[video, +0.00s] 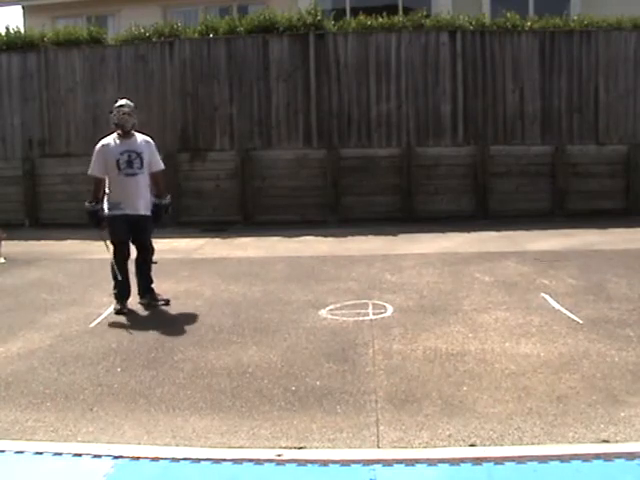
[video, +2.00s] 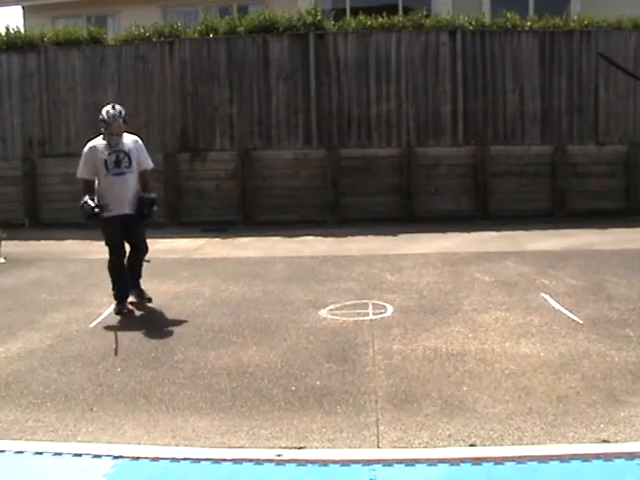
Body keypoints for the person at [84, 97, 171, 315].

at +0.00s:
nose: (125, 119)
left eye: (129, 115)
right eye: (120, 115)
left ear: (134, 118)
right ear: (114, 119)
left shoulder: (146, 143)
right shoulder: (104, 147)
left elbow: (156, 173)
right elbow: (99, 180)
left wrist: (162, 198)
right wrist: (95, 207)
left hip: (142, 208)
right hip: (117, 209)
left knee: (146, 251)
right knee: (121, 254)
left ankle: (146, 292)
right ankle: (121, 297)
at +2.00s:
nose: (116, 131)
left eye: (119, 126)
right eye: (111, 127)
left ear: (124, 124)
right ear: (103, 127)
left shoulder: (134, 143)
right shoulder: (93, 149)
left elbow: (144, 173)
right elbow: (87, 182)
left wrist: (146, 197)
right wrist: (89, 201)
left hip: (133, 209)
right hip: (109, 212)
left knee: (140, 248)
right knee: (117, 254)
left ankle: (133, 283)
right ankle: (120, 298)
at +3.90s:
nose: (133, 127)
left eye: (136, 123)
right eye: (129, 122)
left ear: (139, 123)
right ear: (118, 122)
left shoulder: (135, 142)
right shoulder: (106, 146)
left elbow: (154, 157)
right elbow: (120, 175)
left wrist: (174, 156)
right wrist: (148, 173)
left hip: (140, 209)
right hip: (121, 212)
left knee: (144, 248)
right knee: (130, 254)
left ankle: (136, 288)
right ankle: (131, 300)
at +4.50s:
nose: (154, 118)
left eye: (153, 114)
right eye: (149, 114)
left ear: (142, 117)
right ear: (136, 116)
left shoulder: (144, 140)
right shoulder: (123, 145)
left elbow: (145, 172)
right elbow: (120, 178)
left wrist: (157, 191)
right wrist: (133, 204)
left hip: (152, 208)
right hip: (136, 210)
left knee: (153, 252)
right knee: (139, 253)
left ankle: (151, 294)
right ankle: (132, 298)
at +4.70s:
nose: (159, 116)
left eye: (158, 112)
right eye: (154, 112)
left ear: (149, 116)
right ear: (141, 116)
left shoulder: (151, 139)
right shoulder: (128, 145)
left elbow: (151, 173)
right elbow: (122, 176)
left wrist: (161, 200)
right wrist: (130, 203)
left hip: (158, 205)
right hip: (143, 206)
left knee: (156, 250)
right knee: (153, 249)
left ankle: (152, 293)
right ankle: (137, 296)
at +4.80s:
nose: (159, 115)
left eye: (159, 111)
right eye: (154, 111)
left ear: (152, 115)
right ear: (142, 115)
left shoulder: (153, 139)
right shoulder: (131, 144)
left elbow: (154, 172)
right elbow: (129, 177)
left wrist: (164, 199)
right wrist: (141, 201)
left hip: (161, 205)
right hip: (147, 207)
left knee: (157, 250)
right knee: (154, 250)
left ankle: (153, 294)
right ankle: (146, 298)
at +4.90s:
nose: (160, 115)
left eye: (159, 111)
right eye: (155, 111)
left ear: (151, 115)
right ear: (142, 115)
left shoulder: (154, 138)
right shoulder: (131, 144)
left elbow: (158, 170)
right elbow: (132, 176)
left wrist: (168, 194)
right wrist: (149, 197)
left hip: (159, 205)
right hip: (144, 208)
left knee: (158, 250)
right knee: (152, 251)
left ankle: (154, 294)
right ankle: (146, 299)